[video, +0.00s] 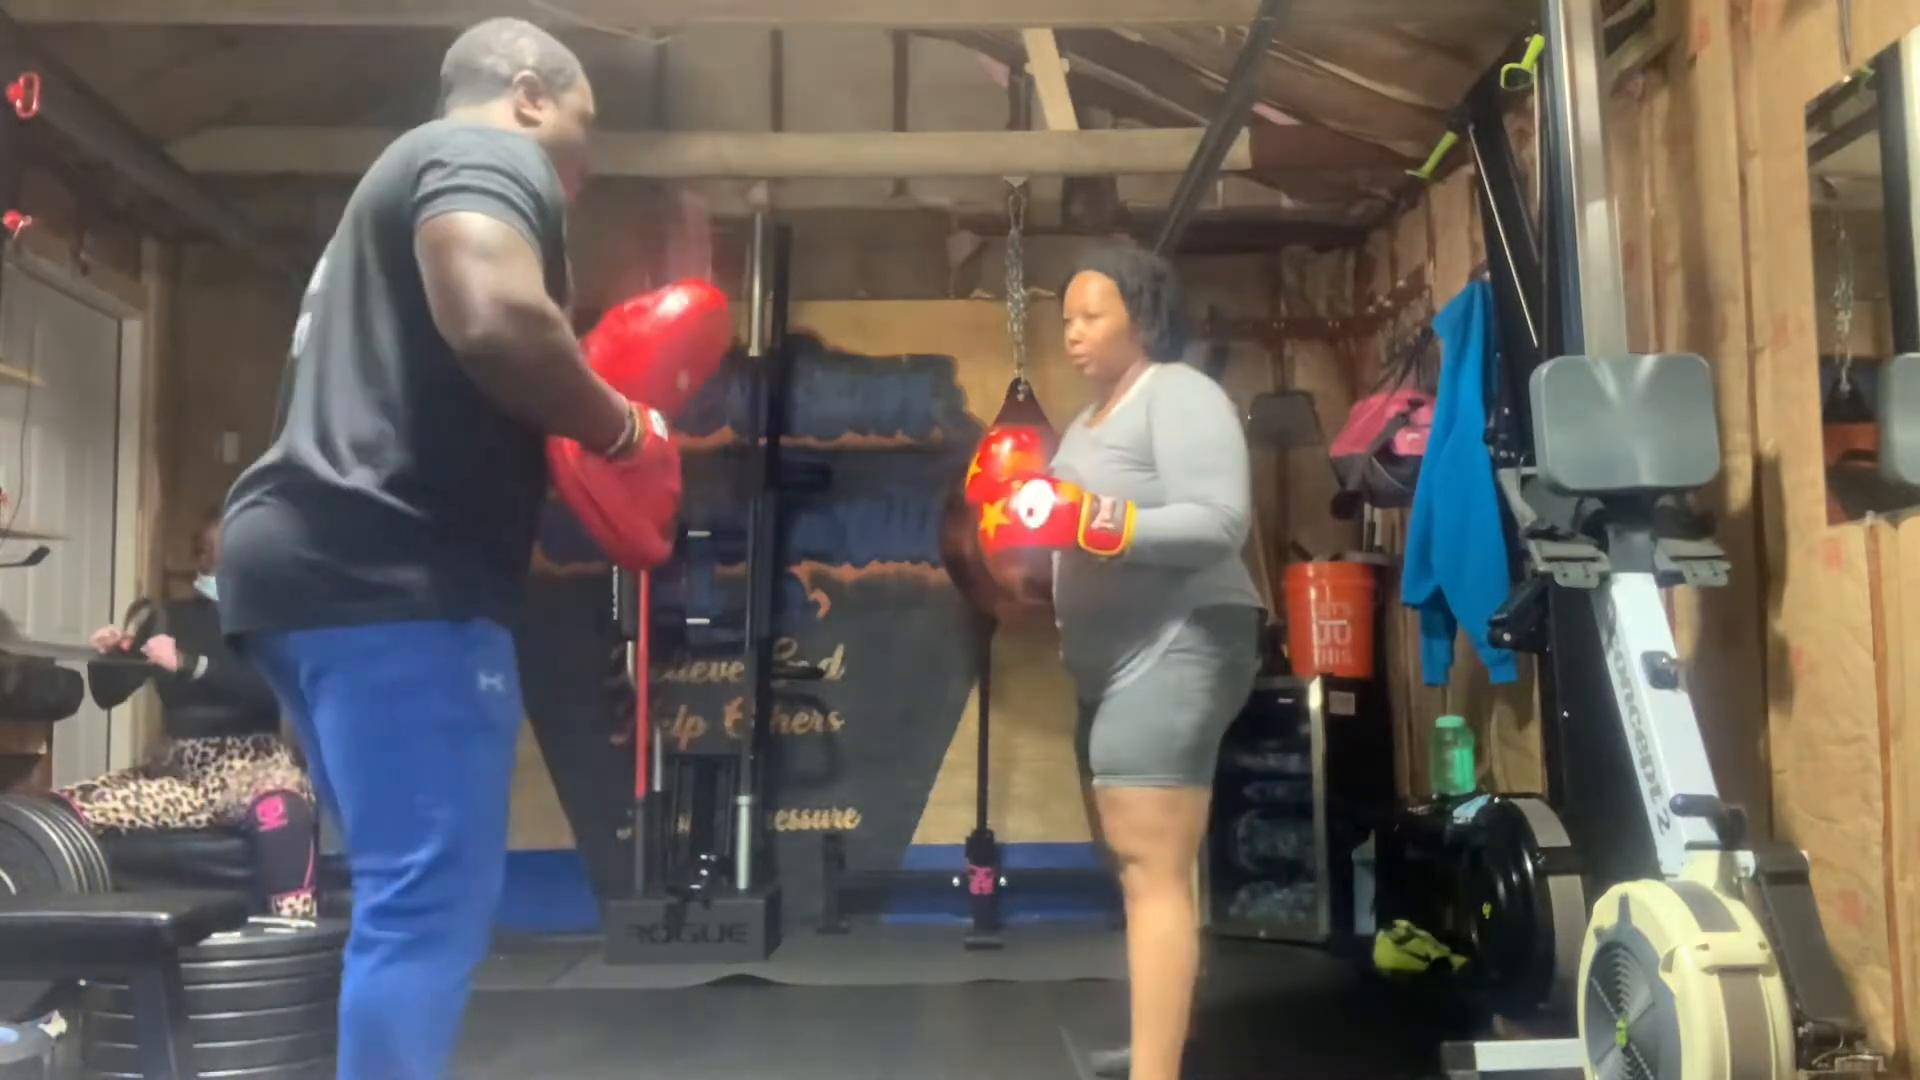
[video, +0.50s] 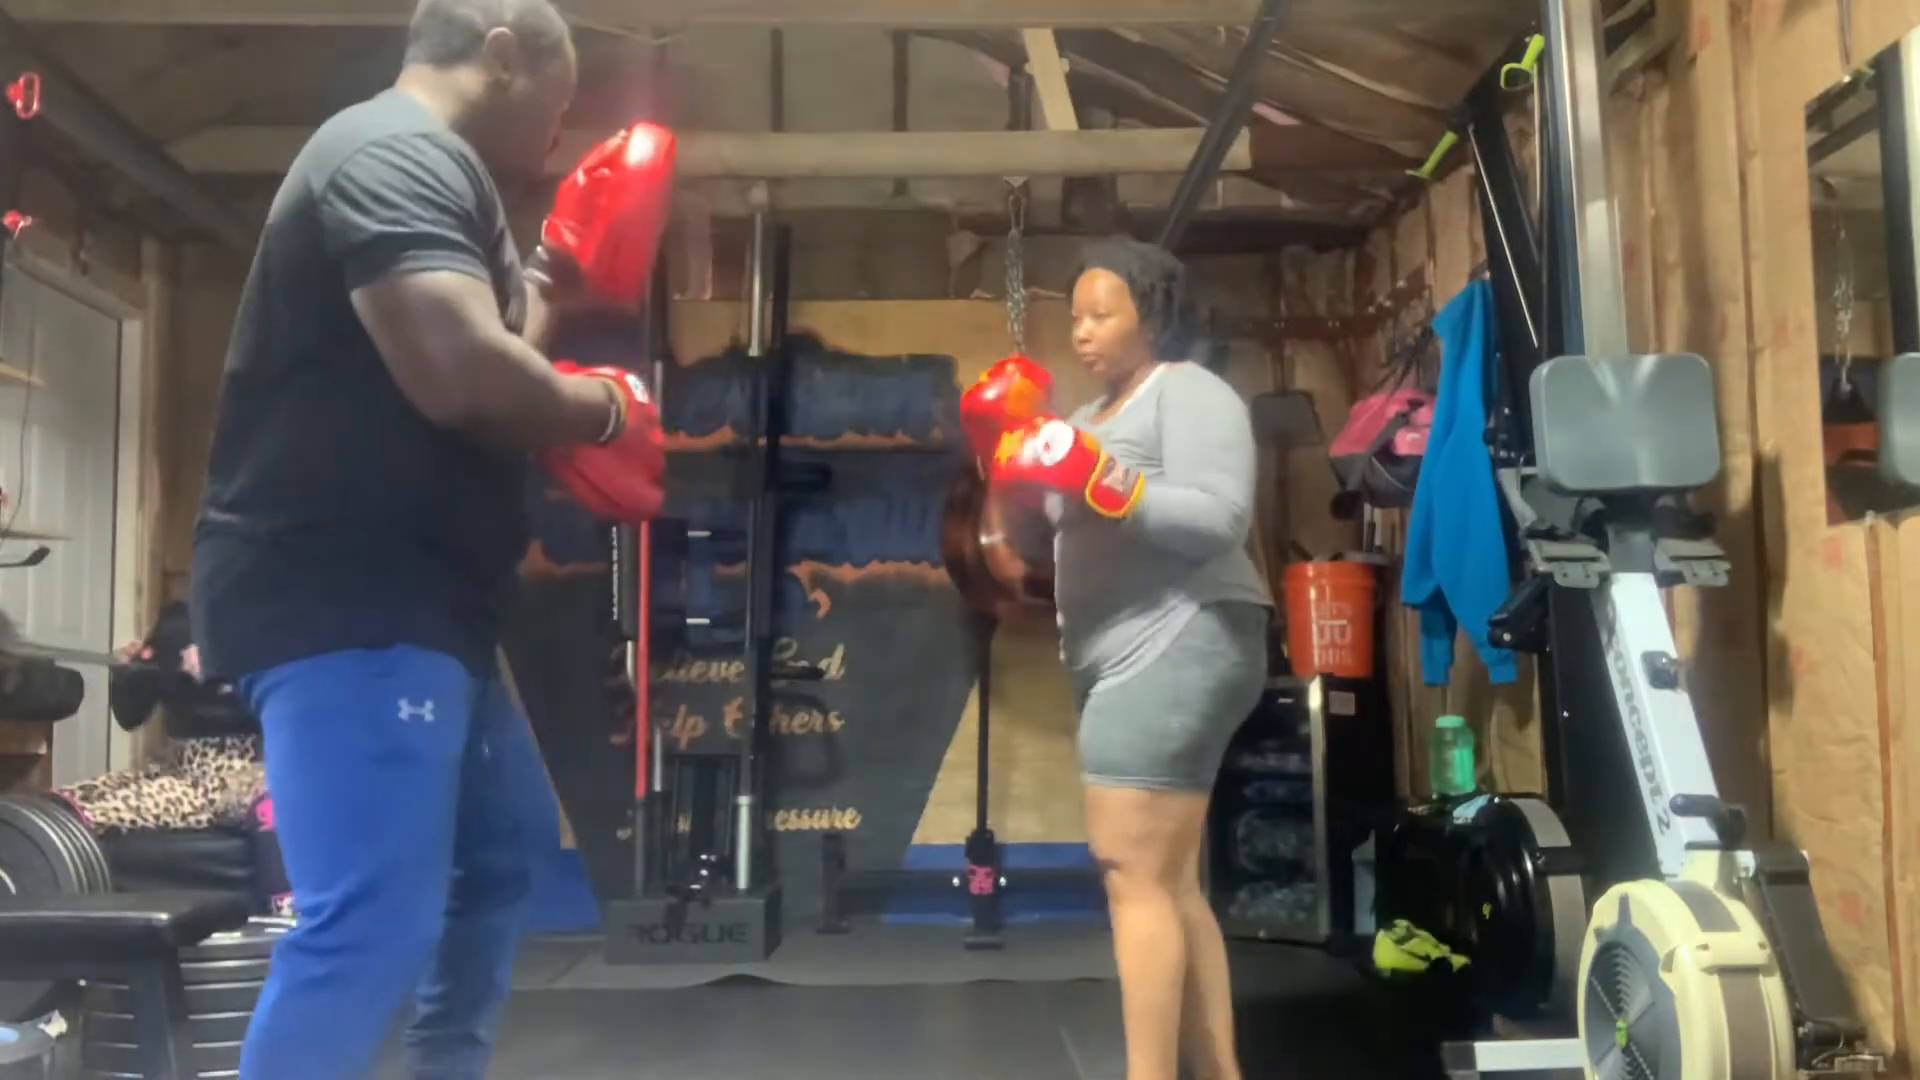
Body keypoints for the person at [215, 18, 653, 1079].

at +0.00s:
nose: (580, 160)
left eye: (586, 136)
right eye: (579, 128)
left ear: (471, 97)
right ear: (527, 94)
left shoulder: (402, 175)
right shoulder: (476, 149)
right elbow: (492, 319)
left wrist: (575, 406)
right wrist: (620, 428)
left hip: (308, 558)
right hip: (388, 562)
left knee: (405, 899)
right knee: (426, 906)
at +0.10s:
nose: (576, 149)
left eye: (579, 126)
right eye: (573, 119)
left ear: (481, 90)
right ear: (520, 90)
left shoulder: (430, 160)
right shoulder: (463, 149)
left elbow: (460, 367)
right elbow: (486, 322)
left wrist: (584, 352)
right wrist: (622, 423)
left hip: (365, 572)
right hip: (377, 573)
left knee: (406, 897)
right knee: (411, 903)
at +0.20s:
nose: (568, 135)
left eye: (571, 111)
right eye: (565, 105)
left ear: (491, 76)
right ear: (514, 72)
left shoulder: (479, 178)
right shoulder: (441, 142)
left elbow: (510, 353)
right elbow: (481, 332)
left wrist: (594, 336)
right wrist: (622, 411)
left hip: (423, 593)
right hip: (367, 588)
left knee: (449, 898)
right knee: (384, 904)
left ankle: (403, 1071)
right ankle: (294, 1076)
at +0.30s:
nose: (562, 130)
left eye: (568, 105)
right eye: (561, 98)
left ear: (481, 65)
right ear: (506, 61)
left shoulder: (462, 173)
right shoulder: (419, 144)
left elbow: (478, 371)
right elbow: (481, 350)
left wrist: (570, 326)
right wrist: (621, 401)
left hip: (435, 598)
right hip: (367, 593)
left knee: (461, 895)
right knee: (360, 912)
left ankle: (413, 1069)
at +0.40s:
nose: (556, 139)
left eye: (563, 113)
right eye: (557, 106)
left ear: (472, 60)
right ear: (506, 60)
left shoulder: (446, 176)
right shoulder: (400, 150)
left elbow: (476, 383)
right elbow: (468, 365)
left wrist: (553, 306)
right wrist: (609, 402)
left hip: (426, 600)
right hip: (358, 595)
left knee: (490, 879)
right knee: (374, 918)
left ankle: (425, 1067)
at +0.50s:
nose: (552, 149)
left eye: (562, 122)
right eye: (555, 114)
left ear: (469, 52)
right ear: (504, 56)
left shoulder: (439, 174)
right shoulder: (390, 149)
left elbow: (484, 391)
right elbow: (458, 377)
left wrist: (549, 294)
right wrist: (590, 402)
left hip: (425, 599)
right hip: (348, 597)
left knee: (504, 862)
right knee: (369, 922)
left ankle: (443, 1068)